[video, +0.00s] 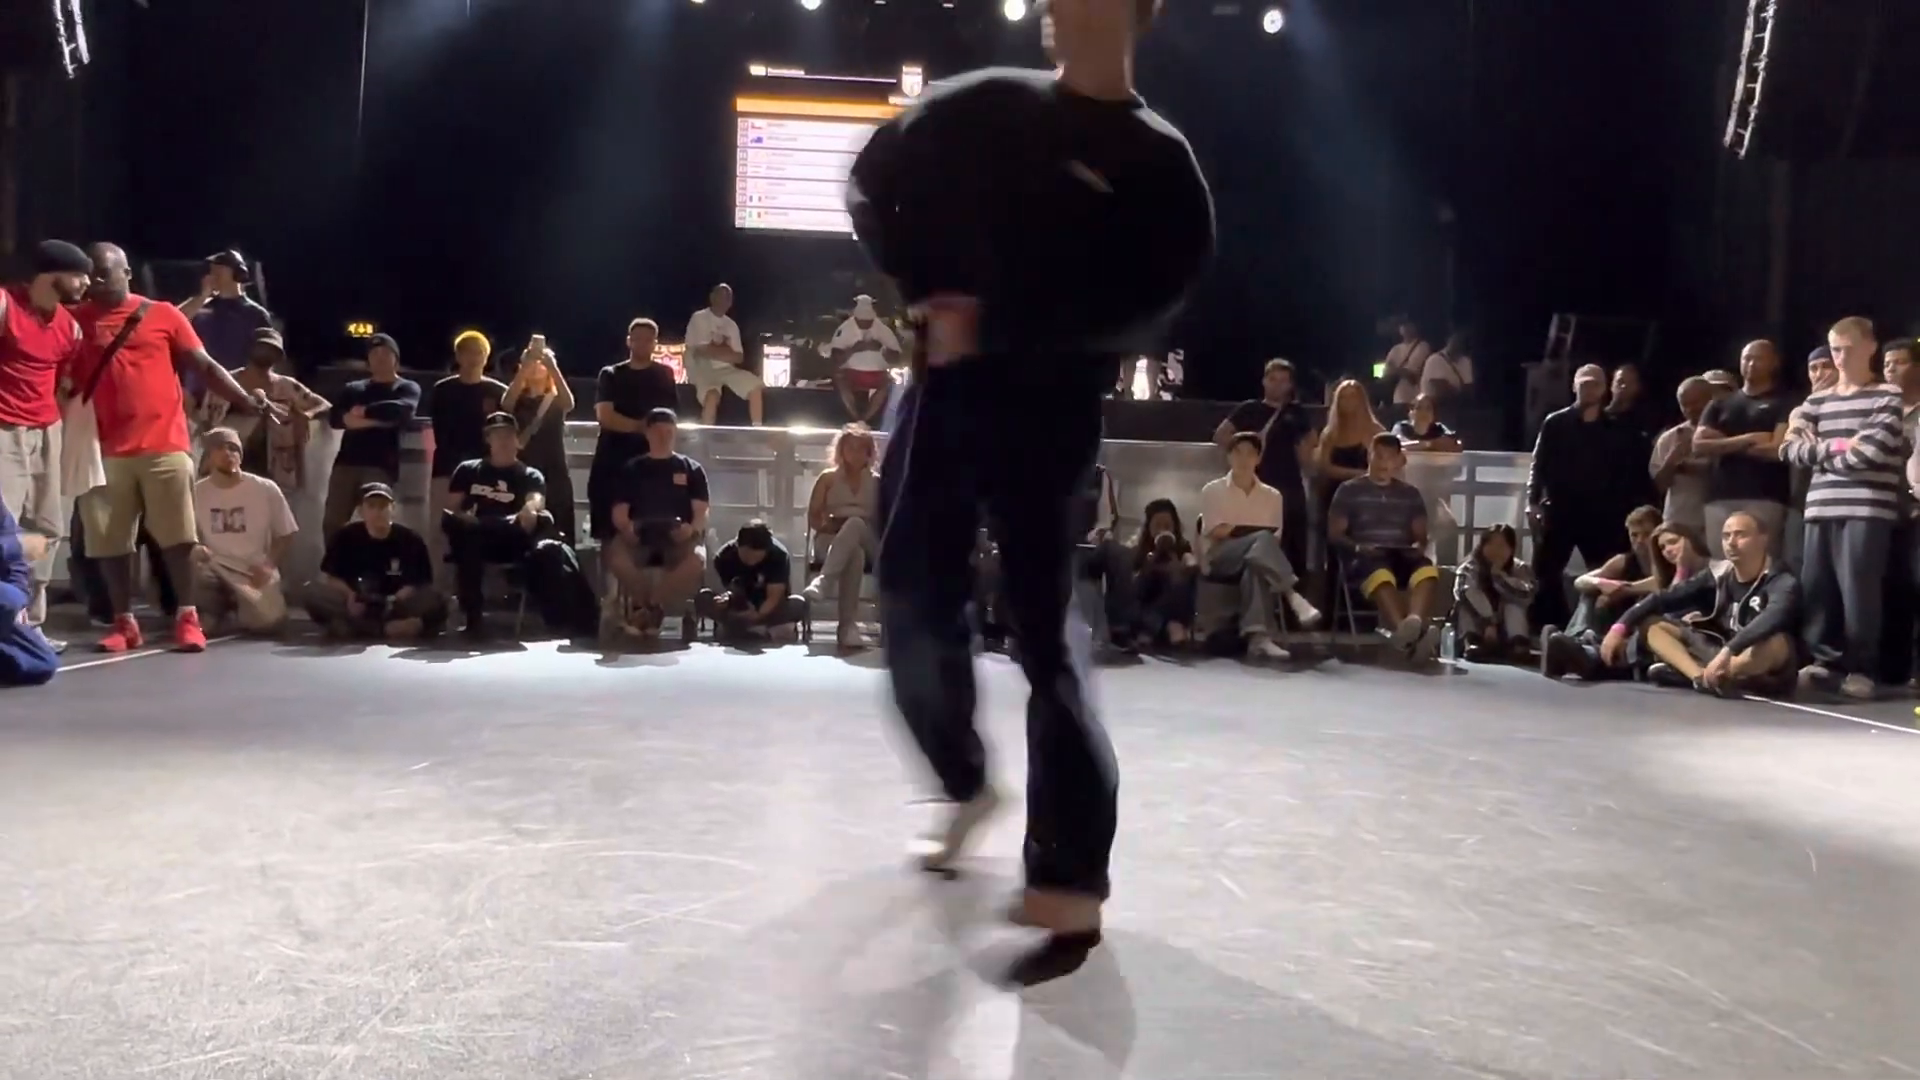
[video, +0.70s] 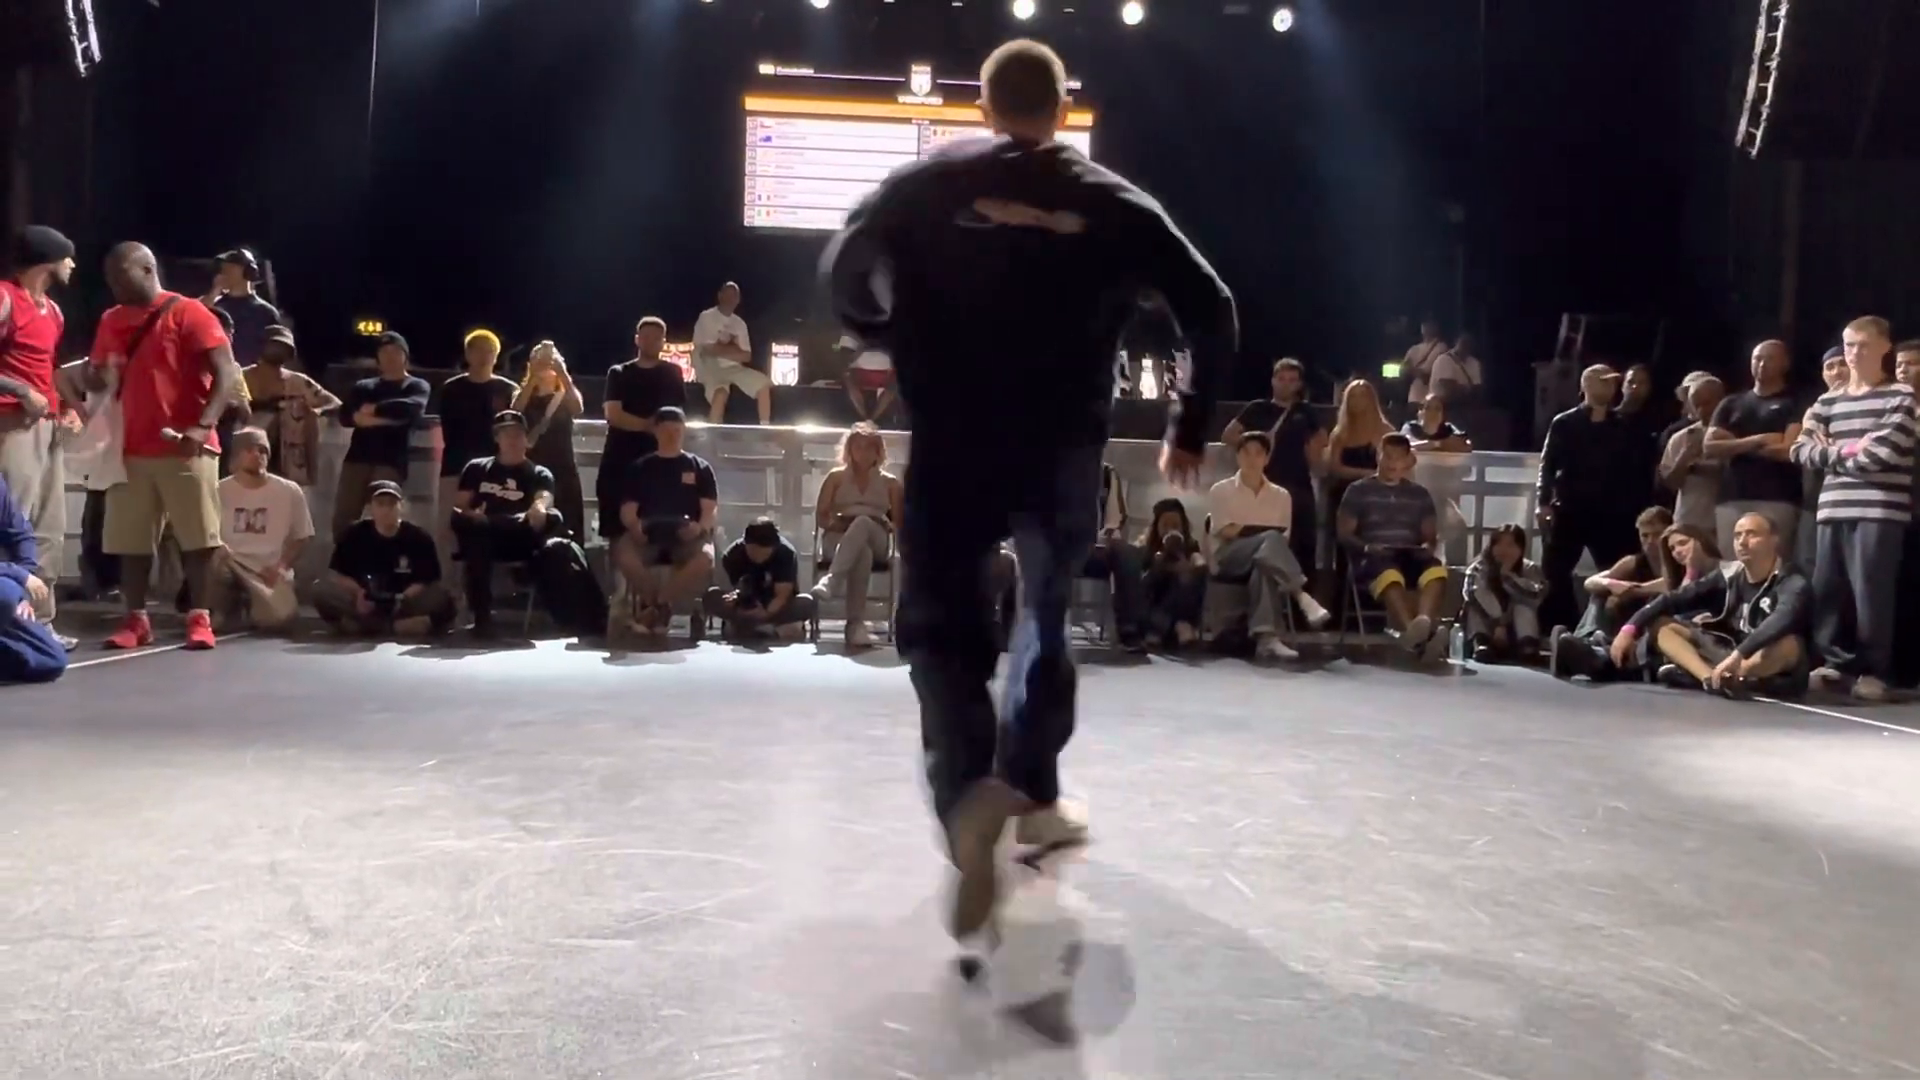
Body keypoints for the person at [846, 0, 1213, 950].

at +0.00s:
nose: (1065, 15)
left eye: (1084, 4)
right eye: (1063, 5)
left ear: (1136, 17)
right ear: (1050, 17)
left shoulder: (1158, 160)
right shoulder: (992, 109)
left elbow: (1150, 305)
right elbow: (873, 184)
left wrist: (997, 324)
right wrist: (924, 289)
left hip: (1051, 408)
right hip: (942, 400)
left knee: (1047, 638)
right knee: (913, 607)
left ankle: (1071, 894)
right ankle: (968, 784)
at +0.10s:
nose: (994, 27)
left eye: (1001, 11)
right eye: (1001, 12)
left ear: (1024, 20)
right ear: (1082, 29)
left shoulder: (1058, 130)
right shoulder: (1065, 123)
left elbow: (1031, 286)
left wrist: (931, 327)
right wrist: (951, 317)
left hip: (1014, 445)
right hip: (1032, 438)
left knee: (978, 657)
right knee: (1026, 640)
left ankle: (1039, 896)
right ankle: (1094, 828)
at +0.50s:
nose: (925, 94)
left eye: (925, 79)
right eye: (932, 78)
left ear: (936, 83)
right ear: (1011, 78)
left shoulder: (958, 159)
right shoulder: (1047, 150)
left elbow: (922, 287)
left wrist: (897, 408)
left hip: (1038, 405)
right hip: (1102, 395)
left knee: (994, 636)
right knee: (1000, 599)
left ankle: (1069, 895)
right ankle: (1004, 788)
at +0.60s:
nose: (952, 132)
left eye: (948, 118)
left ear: (948, 121)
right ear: (1029, 122)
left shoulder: (942, 190)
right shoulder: (1066, 199)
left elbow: (819, 279)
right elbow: (1156, 274)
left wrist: (845, 351)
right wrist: (1155, 385)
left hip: (1014, 433)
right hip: (1096, 429)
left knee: (1009, 663)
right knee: (997, 614)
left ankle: (1088, 912)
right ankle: (971, 792)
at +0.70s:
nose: (1028, 120)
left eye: (1005, 103)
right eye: (1048, 105)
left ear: (984, 107)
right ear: (1066, 108)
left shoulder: (922, 186)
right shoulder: (1115, 201)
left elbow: (845, 284)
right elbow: (1215, 310)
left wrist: (892, 334)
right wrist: (1194, 428)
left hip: (954, 446)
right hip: (1066, 448)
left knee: (941, 632)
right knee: (1046, 621)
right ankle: (1032, 798)